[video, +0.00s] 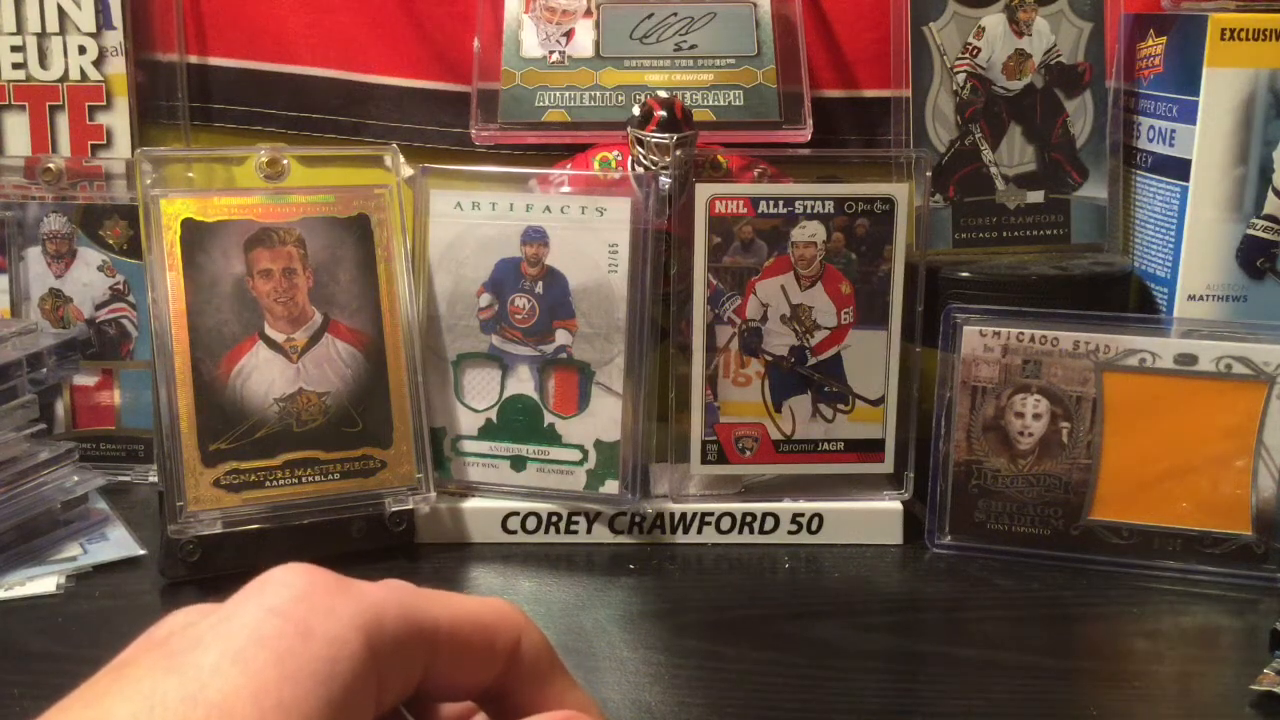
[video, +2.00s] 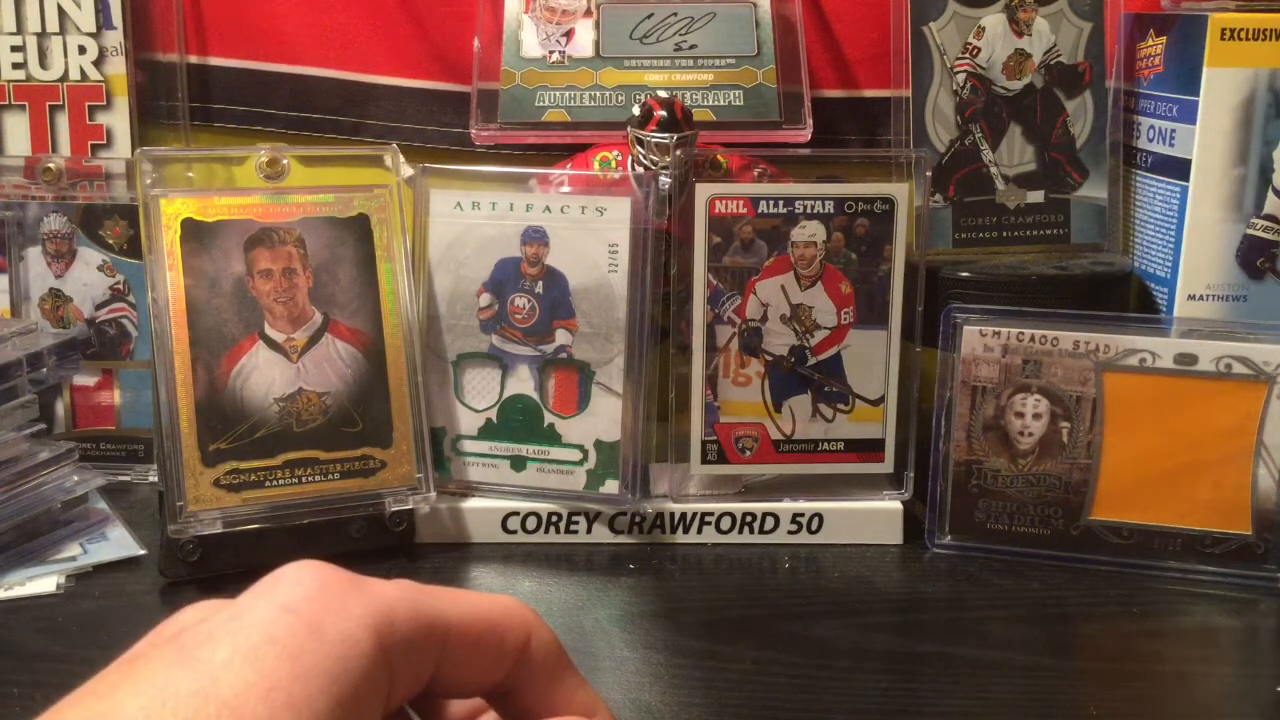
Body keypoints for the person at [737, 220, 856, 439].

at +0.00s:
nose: (801, 253)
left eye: (807, 247)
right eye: (796, 247)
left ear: (821, 249)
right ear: (790, 249)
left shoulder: (838, 285)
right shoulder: (774, 271)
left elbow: (842, 331)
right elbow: (755, 293)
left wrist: (810, 353)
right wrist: (750, 326)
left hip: (822, 352)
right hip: (780, 352)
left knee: (830, 411)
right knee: (798, 409)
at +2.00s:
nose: (801, 253)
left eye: (807, 247)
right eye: (796, 247)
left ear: (821, 249)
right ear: (790, 249)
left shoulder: (839, 285)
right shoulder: (773, 271)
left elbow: (843, 331)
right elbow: (754, 293)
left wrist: (810, 353)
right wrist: (750, 326)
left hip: (823, 353)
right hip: (780, 353)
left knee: (831, 412)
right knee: (798, 411)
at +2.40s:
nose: (801, 253)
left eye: (807, 247)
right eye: (796, 247)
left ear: (821, 250)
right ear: (790, 249)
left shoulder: (839, 285)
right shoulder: (773, 271)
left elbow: (842, 331)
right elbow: (754, 293)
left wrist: (810, 353)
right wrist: (750, 326)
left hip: (823, 354)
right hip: (781, 354)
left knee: (832, 413)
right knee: (798, 412)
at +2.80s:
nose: (801, 253)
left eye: (807, 247)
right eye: (796, 247)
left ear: (821, 250)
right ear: (790, 249)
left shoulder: (839, 285)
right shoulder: (773, 271)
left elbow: (842, 331)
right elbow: (754, 293)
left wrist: (810, 353)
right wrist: (750, 326)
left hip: (823, 353)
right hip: (780, 353)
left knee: (833, 413)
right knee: (798, 411)